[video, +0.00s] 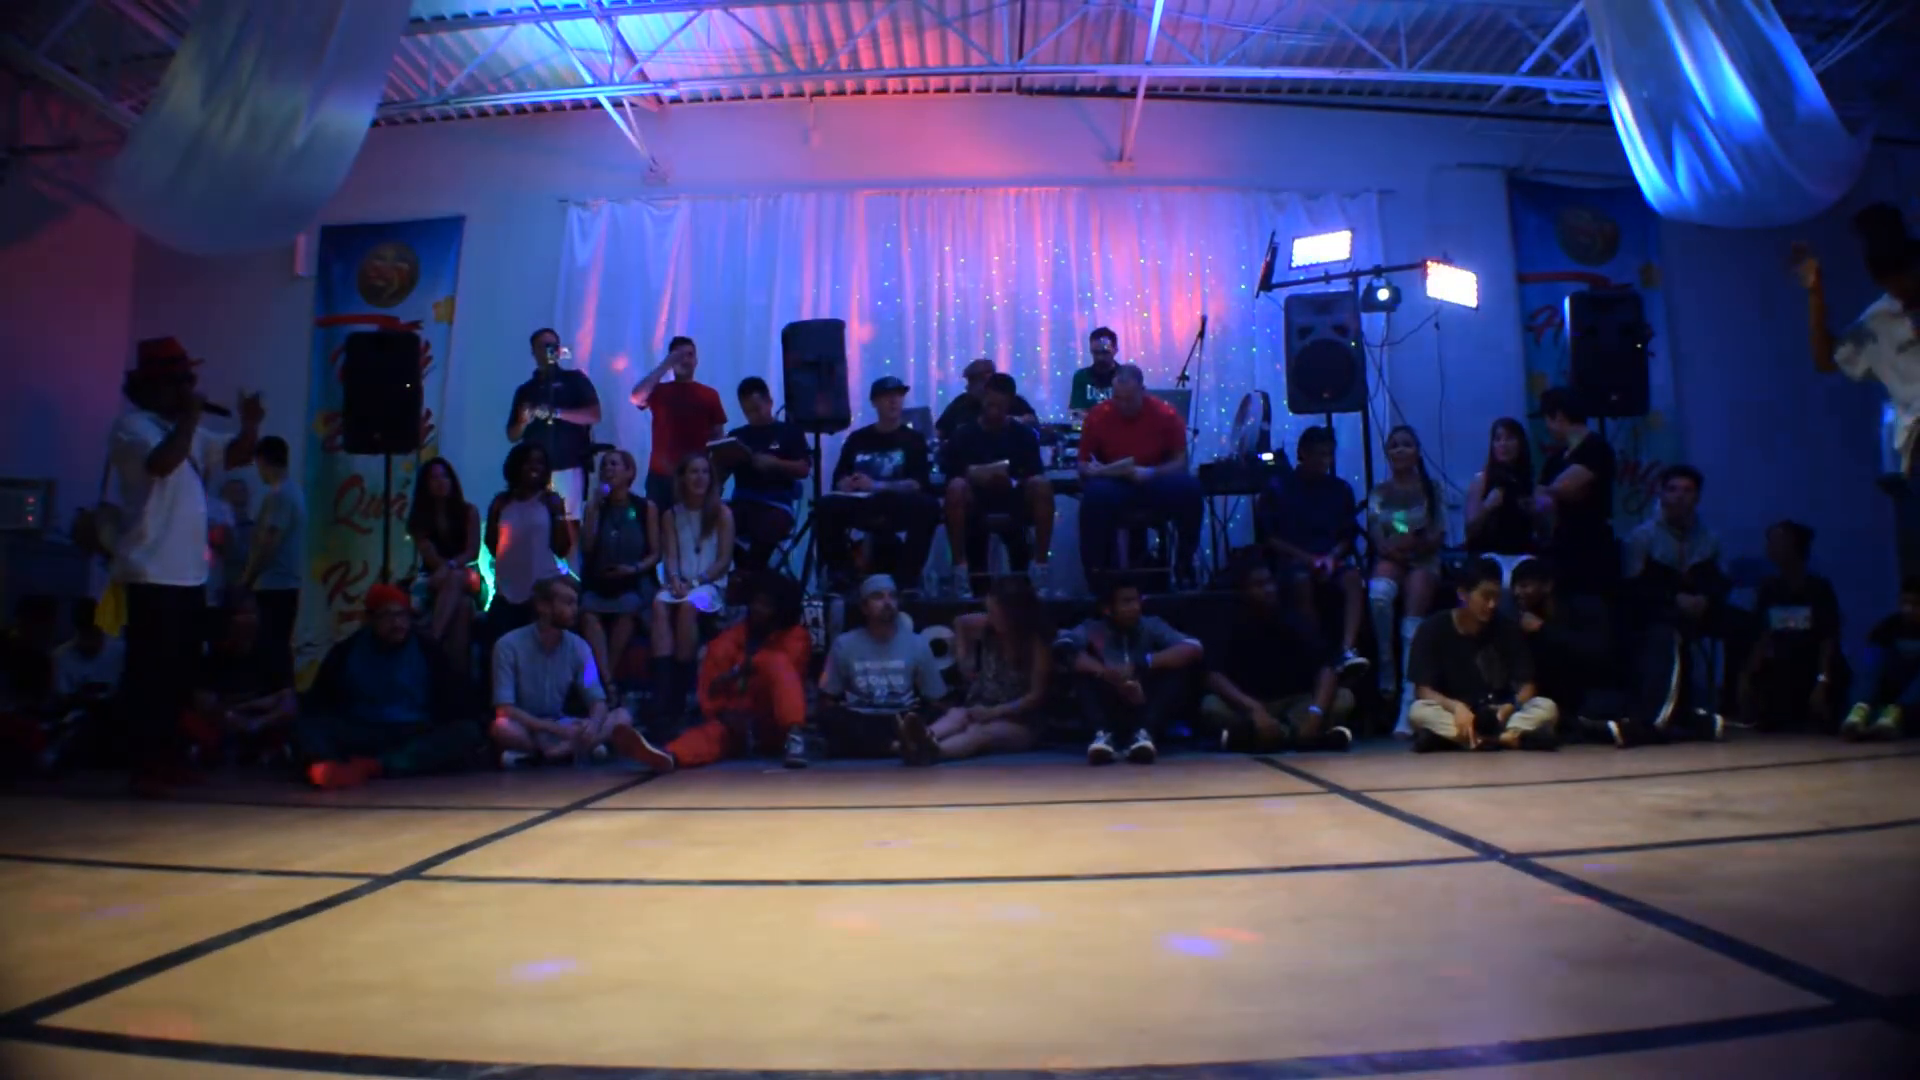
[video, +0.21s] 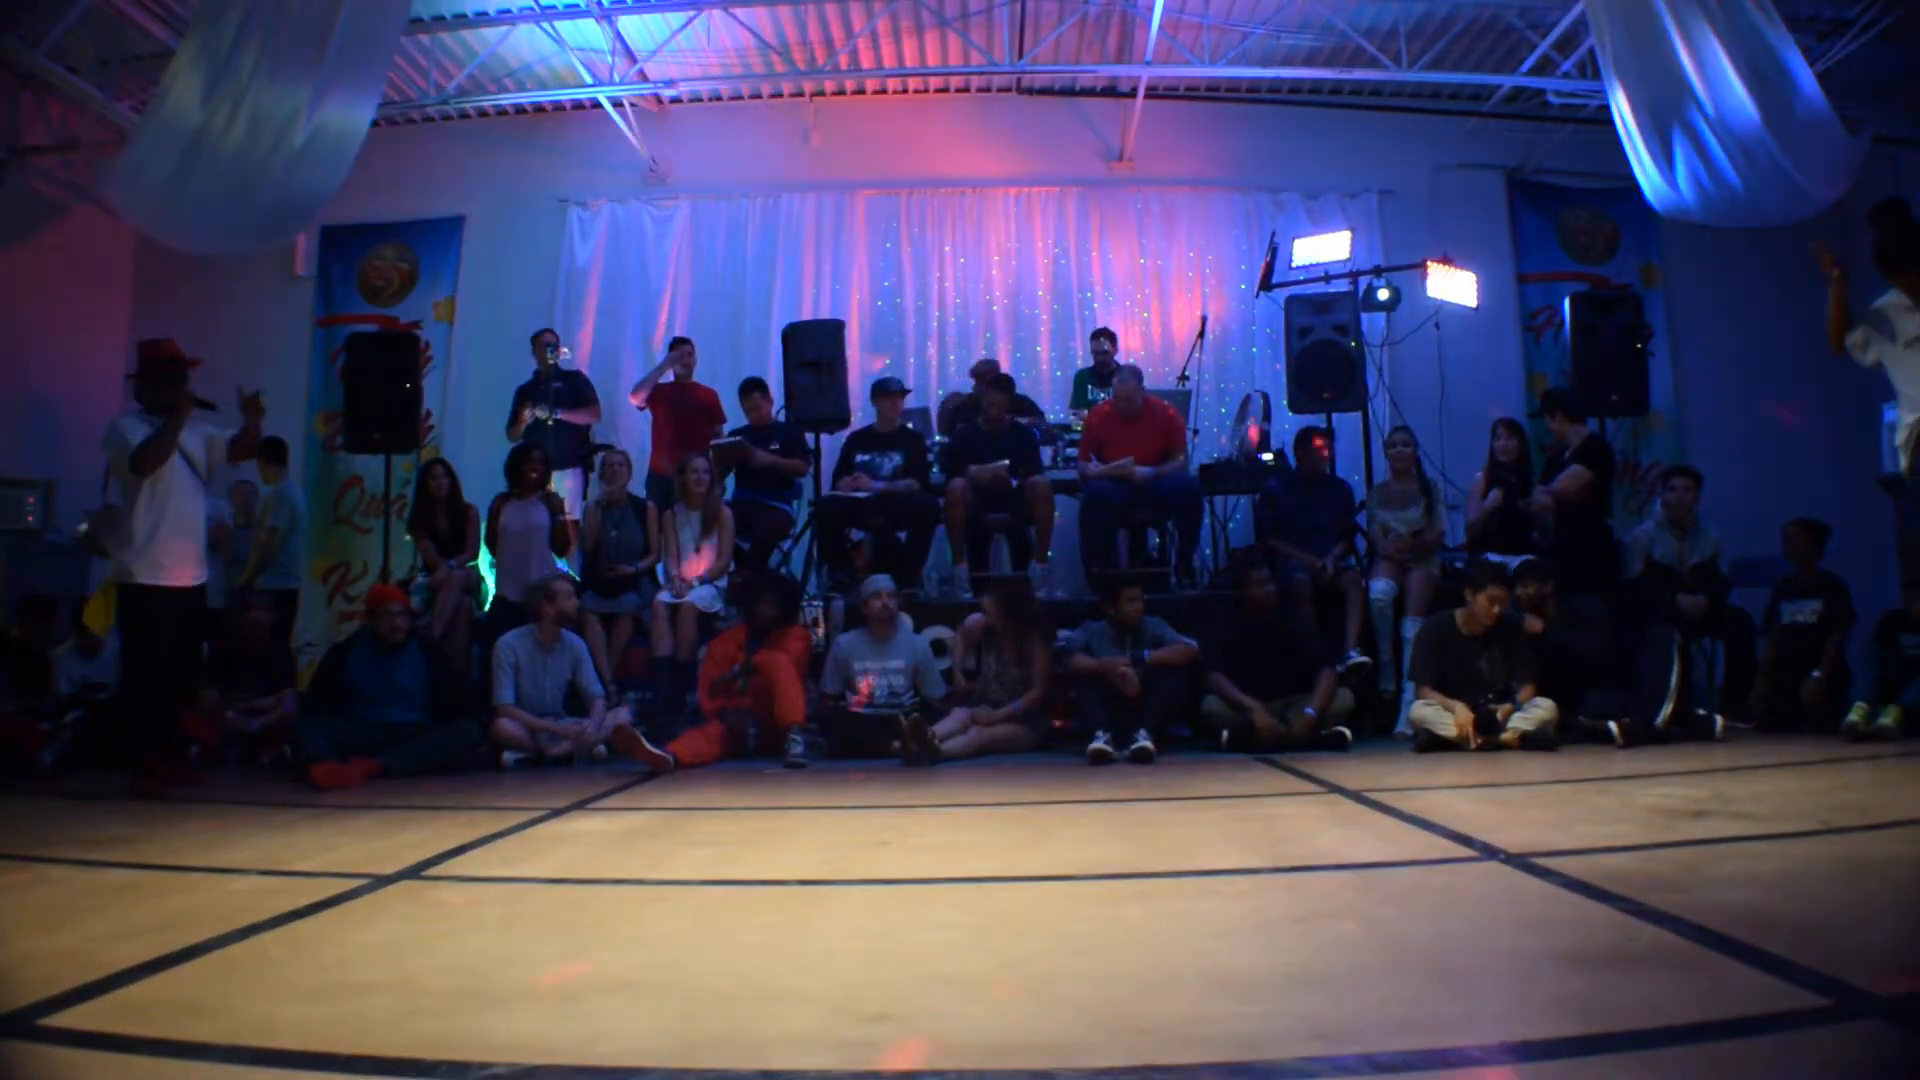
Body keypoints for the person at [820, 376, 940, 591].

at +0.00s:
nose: (894, 403)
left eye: (897, 397)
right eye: (887, 398)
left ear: (903, 401)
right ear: (875, 403)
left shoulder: (914, 439)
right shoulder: (857, 439)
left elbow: (919, 483)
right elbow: (838, 481)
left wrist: (874, 485)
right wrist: (847, 484)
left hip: (897, 501)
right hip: (860, 501)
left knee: (927, 508)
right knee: (826, 506)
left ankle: (907, 580)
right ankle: (840, 578)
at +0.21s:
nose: (895, 404)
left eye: (899, 399)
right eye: (888, 399)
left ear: (903, 402)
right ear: (875, 402)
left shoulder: (913, 439)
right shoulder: (856, 439)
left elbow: (918, 483)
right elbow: (837, 482)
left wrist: (874, 485)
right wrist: (847, 484)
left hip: (897, 501)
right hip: (860, 502)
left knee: (928, 508)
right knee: (826, 506)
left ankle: (908, 579)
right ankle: (840, 577)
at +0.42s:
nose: (899, 407)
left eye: (903, 402)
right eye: (893, 402)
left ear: (906, 404)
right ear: (878, 403)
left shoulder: (913, 439)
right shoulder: (856, 439)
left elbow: (918, 483)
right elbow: (837, 482)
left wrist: (875, 485)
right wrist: (850, 484)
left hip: (898, 502)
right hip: (860, 502)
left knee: (928, 508)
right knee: (825, 506)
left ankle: (909, 578)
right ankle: (840, 577)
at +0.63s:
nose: (905, 409)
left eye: (908, 403)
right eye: (899, 403)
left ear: (910, 406)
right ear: (882, 404)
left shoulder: (915, 440)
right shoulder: (857, 438)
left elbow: (918, 484)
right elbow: (838, 482)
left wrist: (876, 486)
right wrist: (851, 485)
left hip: (897, 502)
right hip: (860, 502)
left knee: (927, 508)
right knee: (826, 507)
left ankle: (909, 579)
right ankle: (840, 576)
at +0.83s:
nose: (909, 409)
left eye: (910, 403)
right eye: (903, 403)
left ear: (912, 406)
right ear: (885, 404)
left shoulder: (915, 440)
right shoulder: (857, 438)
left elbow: (918, 485)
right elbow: (837, 481)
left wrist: (874, 485)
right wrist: (852, 485)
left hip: (898, 503)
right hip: (860, 503)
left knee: (927, 509)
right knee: (826, 506)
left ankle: (909, 580)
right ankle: (839, 576)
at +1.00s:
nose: (909, 408)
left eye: (910, 403)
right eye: (904, 403)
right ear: (886, 405)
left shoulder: (915, 440)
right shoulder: (857, 438)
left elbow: (919, 484)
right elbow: (836, 482)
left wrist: (875, 485)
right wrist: (851, 483)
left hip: (898, 503)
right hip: (860, 503)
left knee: (927, 508)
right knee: (825, 507)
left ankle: (910, 579)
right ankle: (839, 576)